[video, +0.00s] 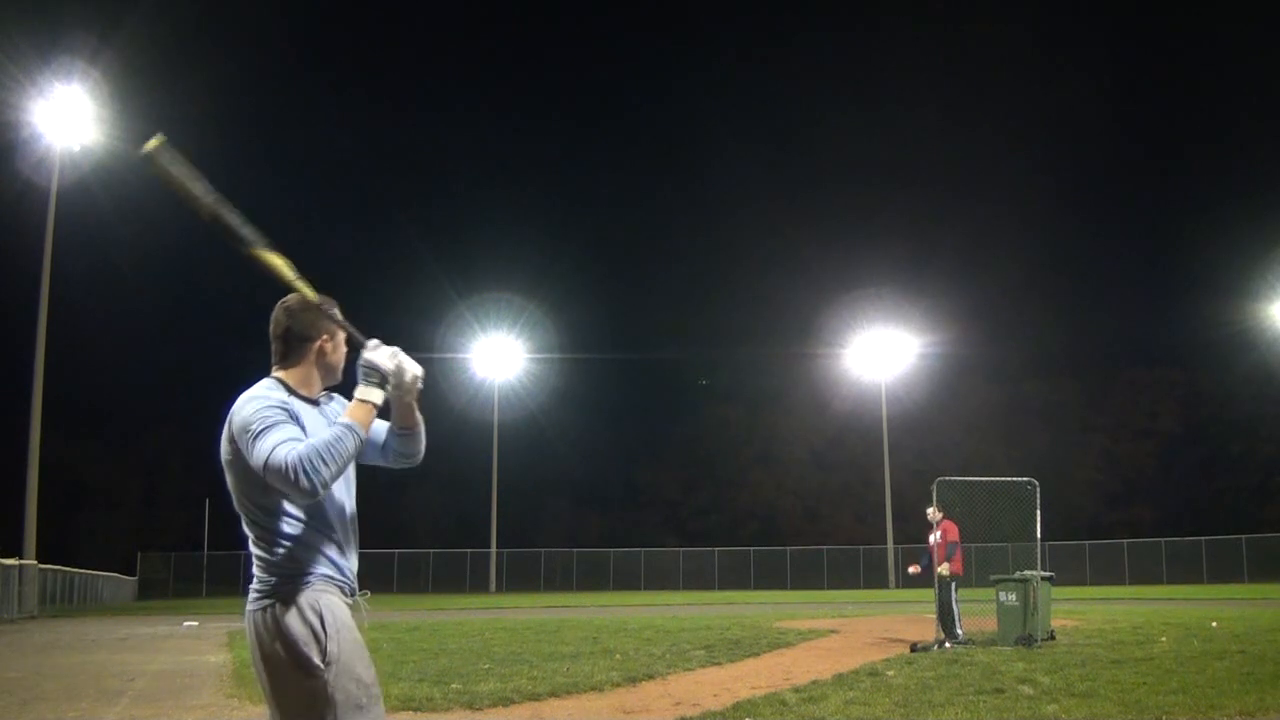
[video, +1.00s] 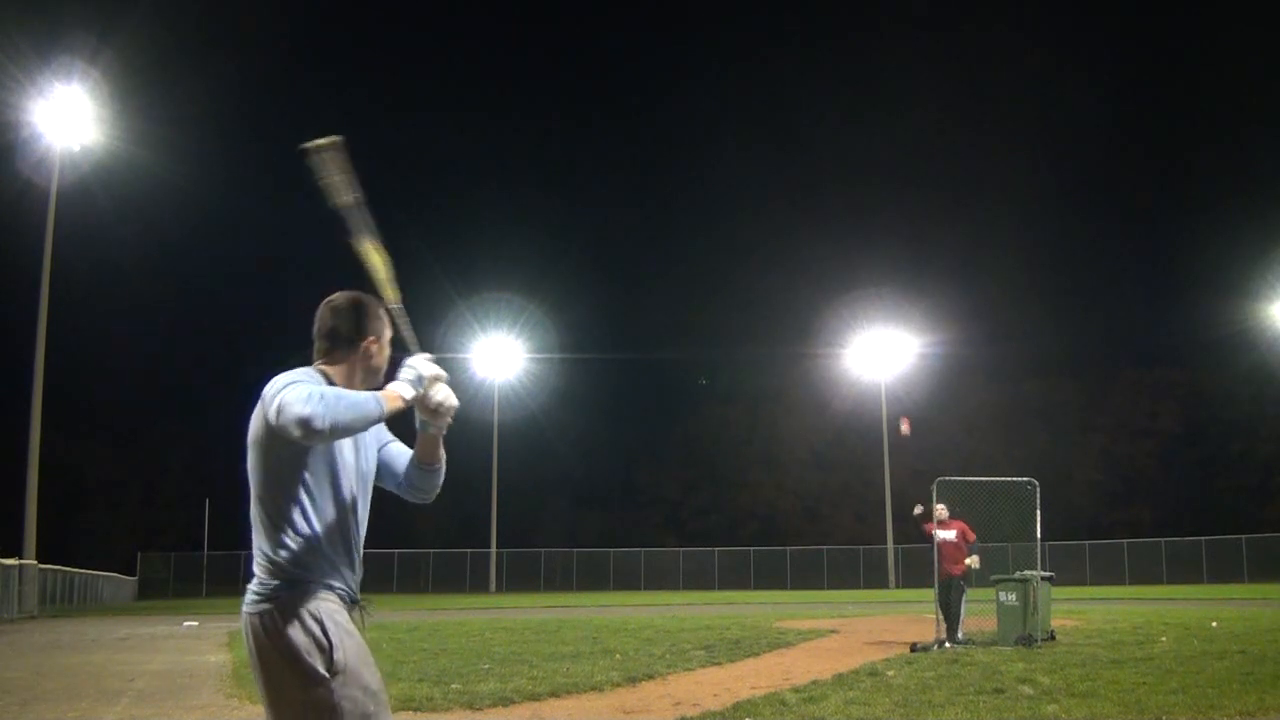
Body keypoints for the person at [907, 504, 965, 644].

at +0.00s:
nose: (930, 516)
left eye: (932, 513)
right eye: (928, 514)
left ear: (940, 513)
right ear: (928, 517)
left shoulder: (949, 526)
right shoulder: (932, 533)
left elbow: (952, 545)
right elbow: (930, 554)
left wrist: (947, 562)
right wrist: (920, 566)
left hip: (950, 571)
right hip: (939, 572)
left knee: (949, 602)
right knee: (941, 604)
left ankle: (956, 634)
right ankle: (948, 634)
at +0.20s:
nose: (927, 517)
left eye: (930, 514)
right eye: (925, 515)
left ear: (937, 514)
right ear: (925, 518)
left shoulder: (946, 526)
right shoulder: (931, 532)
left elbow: (955, 544)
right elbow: (930, 554)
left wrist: (958, 562)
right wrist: (919, 568)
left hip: (949, 573)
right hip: (939, 574)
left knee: (950, 605)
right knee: (941, 606)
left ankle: (954, 635)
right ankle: (946, 635)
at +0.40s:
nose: (927, 518)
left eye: (929, 515)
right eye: (924, 516)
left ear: (936, 515)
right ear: (923, 519)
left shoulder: (947, 527)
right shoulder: (927, 531)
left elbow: (964, 541)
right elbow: (934, 548)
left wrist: (972, 558)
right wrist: (927, 552)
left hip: (954, 571)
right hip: (940, 573)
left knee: (952, 605)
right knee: (942, 605)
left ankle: (953, 637)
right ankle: (945, 635)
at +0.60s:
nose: (929, 518)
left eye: (931, 515)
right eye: (926, 516)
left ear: (938, 515)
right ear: (924, 519)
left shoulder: (952, 527)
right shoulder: (925, 536)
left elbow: (968, 541)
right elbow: (928, 560)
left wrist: (974, 558)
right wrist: (929, 580)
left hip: (957, 571)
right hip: (941, 575)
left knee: (954, 605)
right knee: (943, 606)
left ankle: (952, 637)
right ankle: (947, 636)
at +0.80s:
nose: (930, 517)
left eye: (932, 514)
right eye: (928, 515)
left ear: (939, 515)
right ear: (927, 519)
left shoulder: (954, 526)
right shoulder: (930, 532)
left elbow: (970, 539)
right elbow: (920, 529)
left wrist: (973, 553)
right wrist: (918, 516)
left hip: (958, 572)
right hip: (943, 575)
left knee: (955, 606)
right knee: (945, 607)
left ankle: (954, 636)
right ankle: (948, 636)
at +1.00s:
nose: (940, 512)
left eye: (942, 509)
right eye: (937, 510)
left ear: (948, 512)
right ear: (933, 514)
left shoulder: (959, 525)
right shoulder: (933, 527)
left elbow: (973, 541)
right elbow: (922, 530)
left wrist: (974, 555)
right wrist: (917, 517)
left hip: (958, 572)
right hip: (942, 573)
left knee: (955, 605)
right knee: (944, 605)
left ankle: (953, 637)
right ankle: (951, 634)